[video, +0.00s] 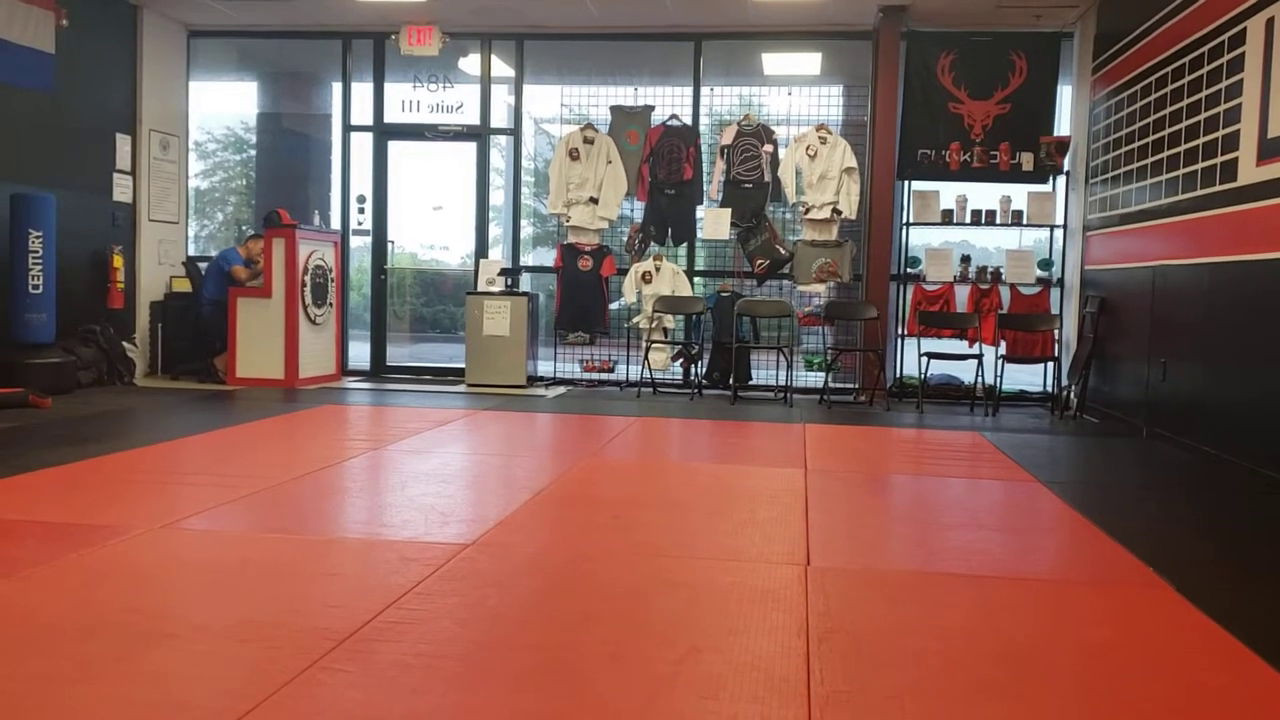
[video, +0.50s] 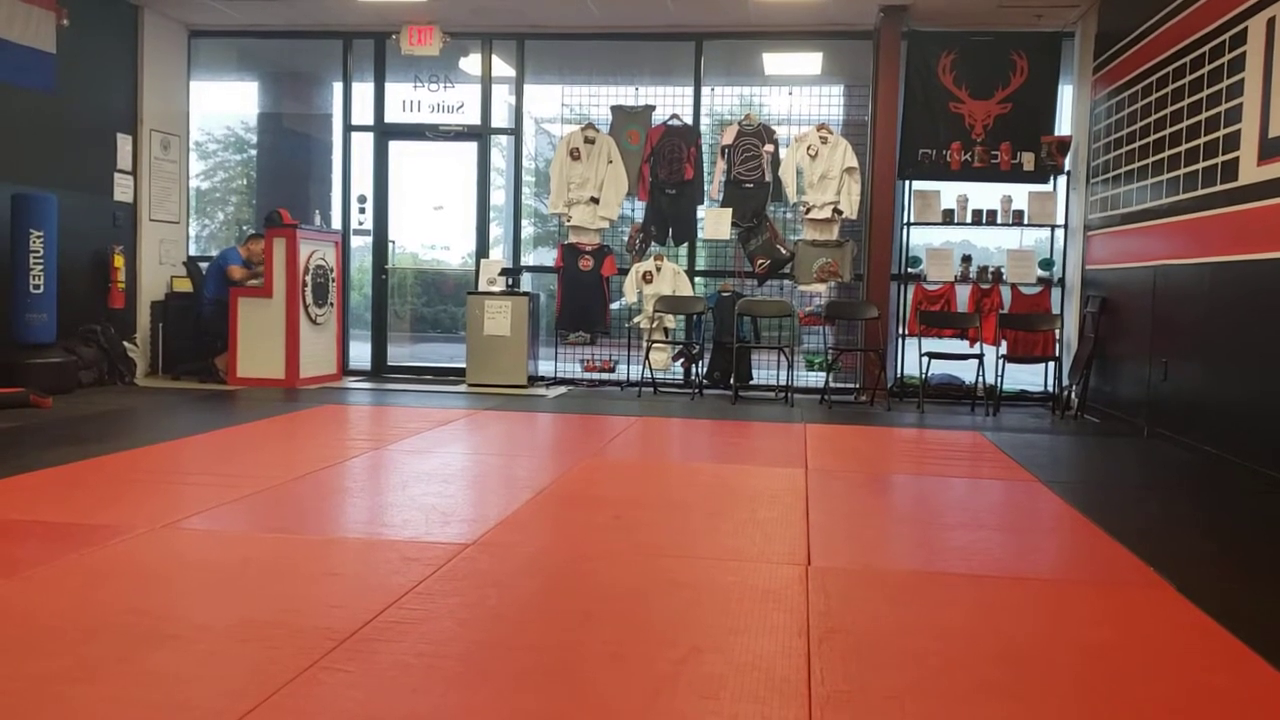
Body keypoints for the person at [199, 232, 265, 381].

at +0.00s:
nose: (261, 255)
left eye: (263, 252)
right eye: (260, 250)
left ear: (250, 245)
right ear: (250, 244)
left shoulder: (243, 259)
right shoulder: (230, 255)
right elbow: (241, 276)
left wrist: (262, 266)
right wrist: (259, 269)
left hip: (225, 305)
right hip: (212, 306)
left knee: (252, 328)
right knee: (247, 332)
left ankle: (222, 363)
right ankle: (220, 363)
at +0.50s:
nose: (262, 256)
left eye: (264, 252)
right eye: (261, 251)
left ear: (252, 246)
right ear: (250, 245)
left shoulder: (244, 261)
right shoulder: (231, 254)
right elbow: (236, 275)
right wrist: (256, 273)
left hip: (227, 306)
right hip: (213, 307)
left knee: (254, 329)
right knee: (249, 332)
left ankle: (224, 363)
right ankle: (221, 362)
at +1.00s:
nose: (263, 255)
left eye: (264, 252)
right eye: (262, 250)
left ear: (252, 246)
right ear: (251, 245)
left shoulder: (246, 263)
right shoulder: (231, 255)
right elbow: (234, 278)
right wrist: (258, 275)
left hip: (229, 306)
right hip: (214, 306)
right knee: (250, 333)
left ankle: (225, 362)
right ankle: (222, 362)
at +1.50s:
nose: (262, 255)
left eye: (264, 252)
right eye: (261, 250)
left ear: (249, 246)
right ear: (248, 245)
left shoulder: (245, 264)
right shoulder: (230, 256)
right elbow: (234, 279)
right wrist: (257, 277)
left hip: (229, 306)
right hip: (214, 307)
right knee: (250, 333)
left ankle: (225, 363)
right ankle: (222, 362)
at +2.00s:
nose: (262, 255)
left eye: (263, 251)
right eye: (260, 250)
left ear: (248, 246)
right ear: (247, 245)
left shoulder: (245, 263)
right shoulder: (229, 256)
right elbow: (234, 279)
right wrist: (257, 278)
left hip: (229, 308)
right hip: (214, 309)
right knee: (252, 332)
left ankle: (226, 363)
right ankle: (223, 362)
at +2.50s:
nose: (262, 254)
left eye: (263, 250)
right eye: (260, 249)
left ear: (247, 246)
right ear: (247, 245)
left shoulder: (245, 263)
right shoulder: (229, 256)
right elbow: (235, 279)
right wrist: (257, 278)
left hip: (230, 308)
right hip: (215, 309)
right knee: (253, 332)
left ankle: (226, 363)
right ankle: (223, 362)